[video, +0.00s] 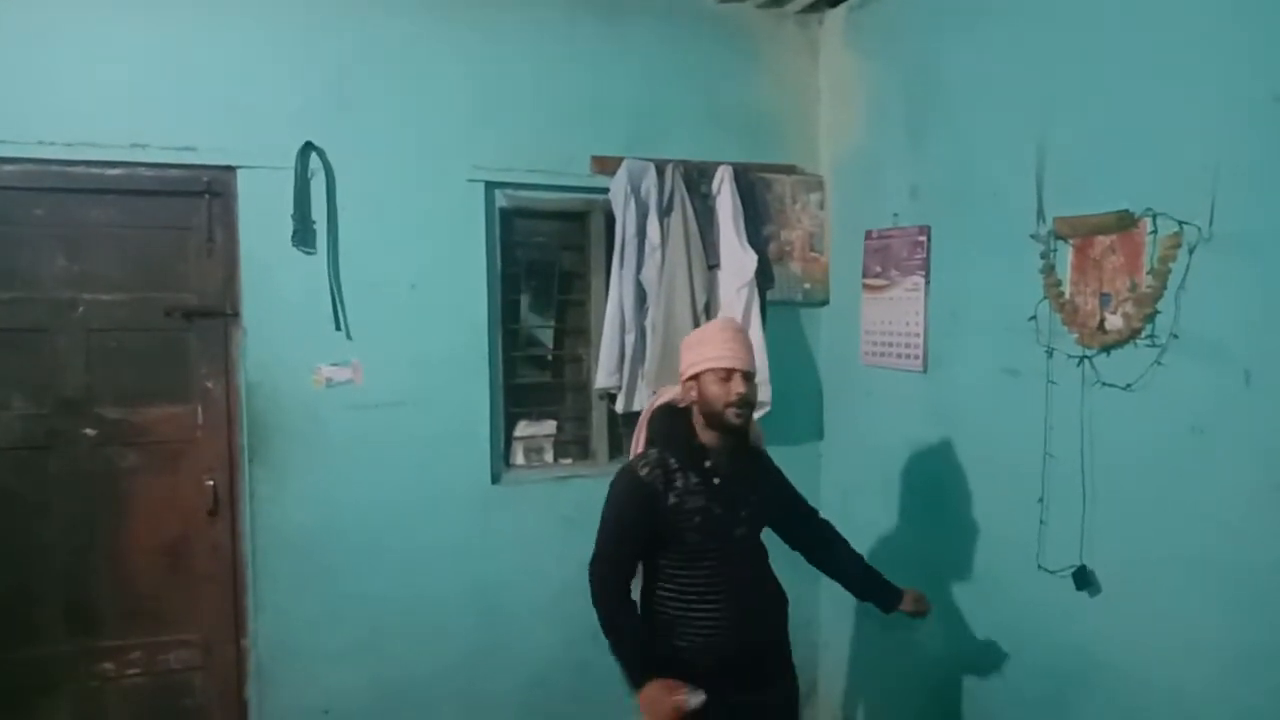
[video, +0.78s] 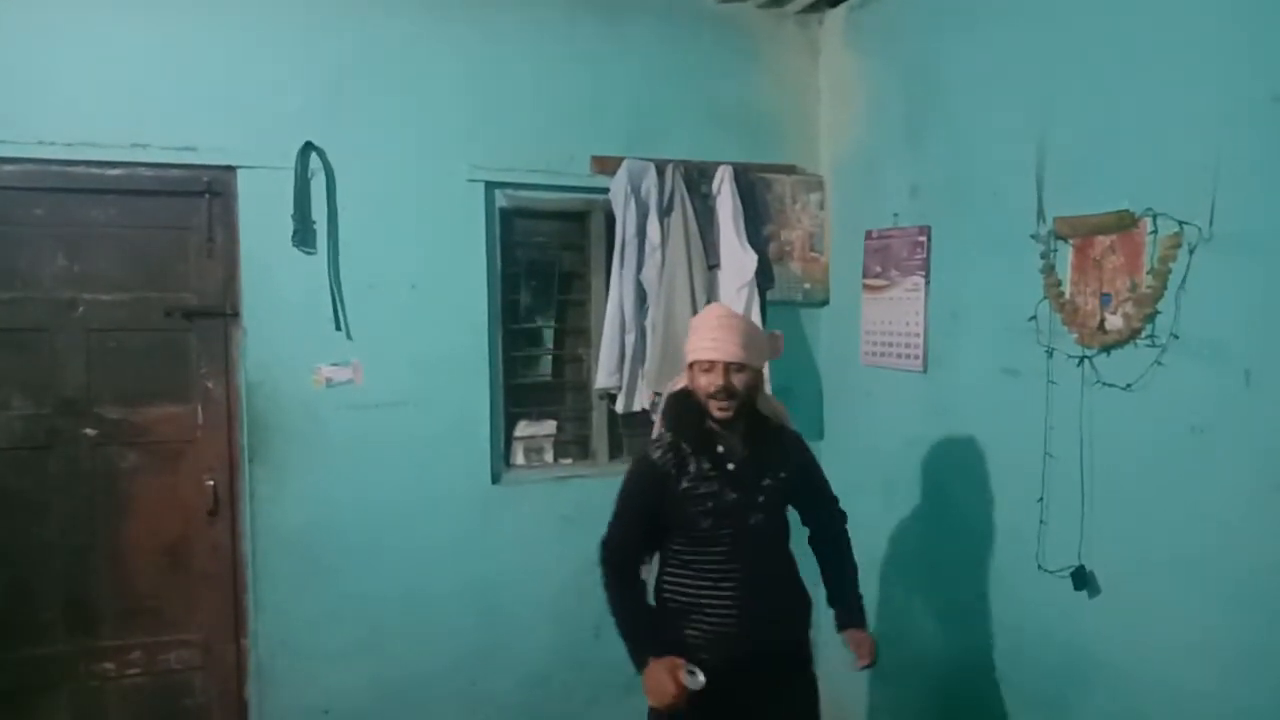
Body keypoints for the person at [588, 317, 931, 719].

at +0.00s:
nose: (741, 390)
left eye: (747, 377)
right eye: (725, 377)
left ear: (755, 384)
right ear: (690, 388)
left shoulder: (750, 464)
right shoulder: (645, 478)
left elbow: (810, 533)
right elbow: (607, 583)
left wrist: (889, 596)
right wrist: (645, 680)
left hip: (763, 666)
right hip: (683, 675)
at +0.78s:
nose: (721, 383)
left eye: (736, 369)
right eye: (706, 369)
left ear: (759, 375)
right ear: (689, 376)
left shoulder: (783, 449)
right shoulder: (664, 456)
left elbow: (827, 524)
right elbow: (618, 557)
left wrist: (851, 618)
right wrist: (648, 658)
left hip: (776, 654)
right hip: (690, 660)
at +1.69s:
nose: (747, 407)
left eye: (758, 398)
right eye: (739, 396)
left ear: (785, 384)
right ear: (731, 384)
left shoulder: (827, 432)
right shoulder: (731, 424)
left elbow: (811, 491)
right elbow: (688, 466)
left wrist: (763, 485)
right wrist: (657, 469)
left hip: (801, 603)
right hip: (736, 598)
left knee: (800, 705)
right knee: (740, 705)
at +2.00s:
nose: (742, 376)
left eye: (755, 366)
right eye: (735, 364)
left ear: (779, 371)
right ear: (726, 365)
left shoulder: (815, 433)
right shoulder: (720, 426)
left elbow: (805, 491)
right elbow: (671, 487)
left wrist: (743, 477)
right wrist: (654, 470)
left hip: (793, 601)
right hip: (731, 598)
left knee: (770, 708)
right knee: (731, 709)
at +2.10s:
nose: (731, 371)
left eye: (744, 361)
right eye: (724, 359)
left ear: (770, 366)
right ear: (715, 361)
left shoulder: (804, 425)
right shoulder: (717, 422)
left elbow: (800, 500)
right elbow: (680, 477)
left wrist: (738, 504)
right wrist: (658, 490)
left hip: (799, 599)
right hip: (740, 595)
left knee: (770, 709)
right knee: (740, 708)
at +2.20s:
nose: (712, 380)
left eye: (725, 370)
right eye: (705, 369)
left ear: (752, 371)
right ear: (697, 370)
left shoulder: (794, 433)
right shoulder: (711, 425)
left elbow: (806, 532)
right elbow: (685, 487)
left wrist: (750, 562)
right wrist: (660, 533)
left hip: (803, 583)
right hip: (750, 580)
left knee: (774, 703)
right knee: (755, 700)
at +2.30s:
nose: (702, 387)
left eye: (716, 375)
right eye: (695, 374)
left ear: (746, 377)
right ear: (688, 375)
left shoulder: (785, 436)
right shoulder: (708, 434)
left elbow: (800, 540)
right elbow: (695, 512)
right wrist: (670, 583)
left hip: (795, 598)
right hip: (743, 594)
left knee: (780, 709)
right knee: (754, 707)